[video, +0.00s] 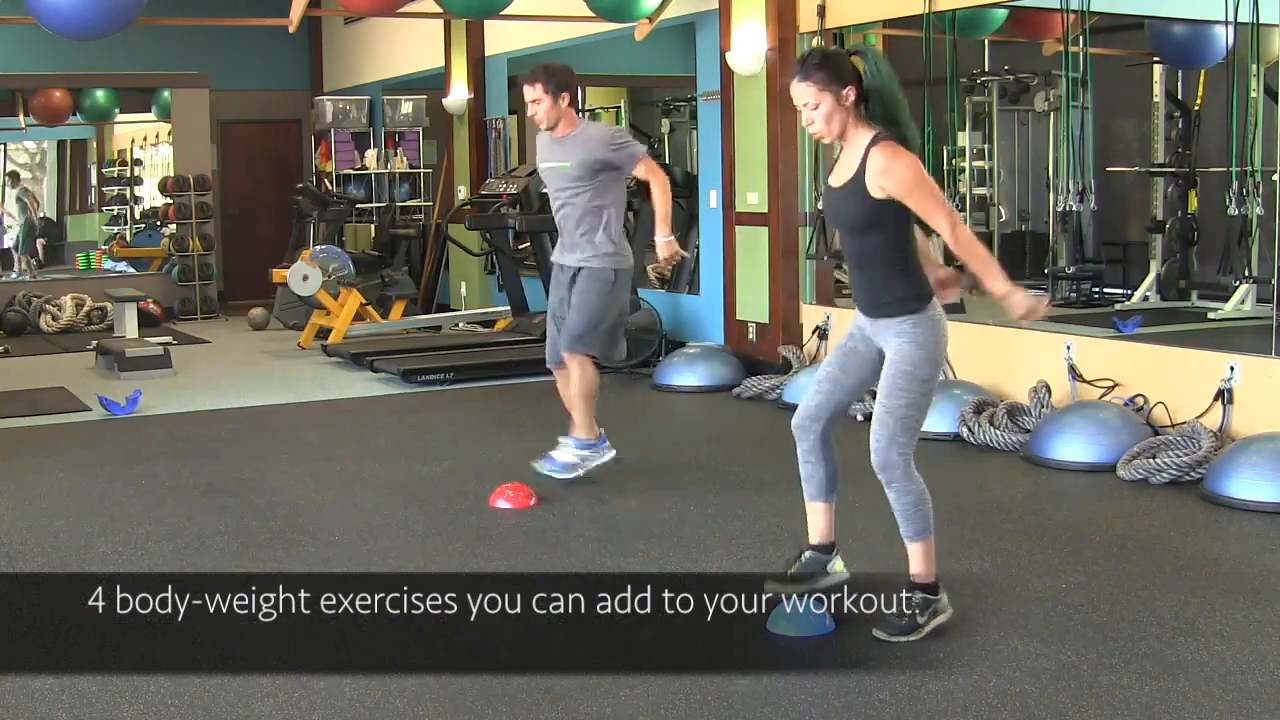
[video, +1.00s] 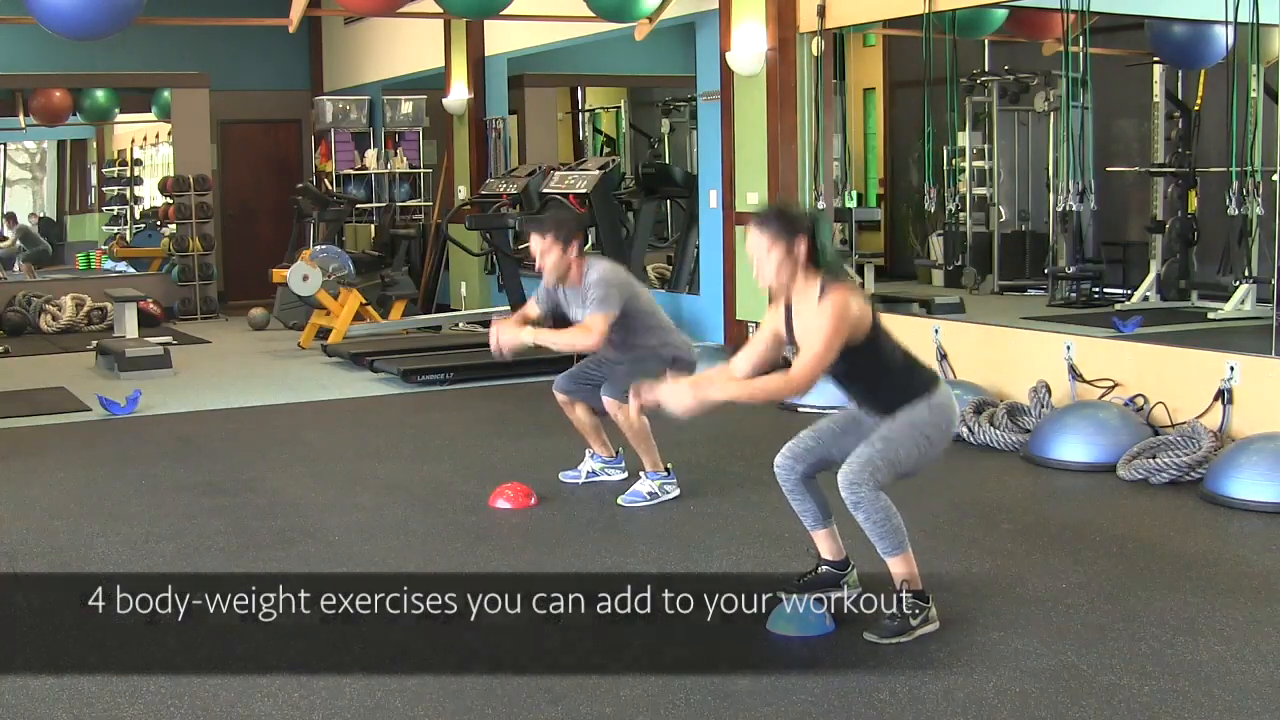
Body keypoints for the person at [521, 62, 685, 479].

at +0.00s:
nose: (530, 111)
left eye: (536, 102)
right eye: (528, 103)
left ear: (564, 100)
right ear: (537, 104)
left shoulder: (603, 139)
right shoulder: (543, 142)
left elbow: (658, 176)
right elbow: (571, 194)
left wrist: (663, 235)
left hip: (604, 262)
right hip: (565, 261)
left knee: (578, 349)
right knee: (557, 358)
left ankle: (584, 441)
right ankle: (590, 438)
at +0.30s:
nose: (537, 119)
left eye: (543, 109)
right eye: (534, 111)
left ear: (572, 107)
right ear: (538, 113)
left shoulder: (605, 148)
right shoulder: (550, 151)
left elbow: (647, 199)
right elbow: (548, 193)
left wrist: (611, 239)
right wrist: (520, 223)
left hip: (606, 274)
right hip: (572, 277)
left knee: (575, 355)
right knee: (562, 362)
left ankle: (582, 450)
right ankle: (592, 446)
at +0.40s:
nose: (534, 119)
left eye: (539, 109)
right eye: (530, 111)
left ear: (567, 103)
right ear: (539, 112)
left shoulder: (604, 140)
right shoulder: (556, 148)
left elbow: (635, 195)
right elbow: (555, 189)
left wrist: (579, 222)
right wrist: (527, 212)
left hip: (618, 272)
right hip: (583, 273)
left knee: (596, 357)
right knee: (568, 360)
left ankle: (621, 452)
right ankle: (588, 445)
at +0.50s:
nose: (530, 146)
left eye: (533, 136)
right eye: (527, 138)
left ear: (560, 127)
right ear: (552, 132)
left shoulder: (600, 161)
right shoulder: (560, 172)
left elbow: (615, 221)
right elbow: (565, 217)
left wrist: (551, 228)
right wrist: (532, 225)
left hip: (632, 288)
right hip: (599, 289)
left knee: (610, 373)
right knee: (569, 368)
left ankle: (650, 463)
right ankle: (596, 447)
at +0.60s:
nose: (530, 196)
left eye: (533, 185)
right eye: (526, 187)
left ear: (560, 177)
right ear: (549, 181)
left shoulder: (596, 209)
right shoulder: (560, 219)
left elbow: (590, 267)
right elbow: (567, 263)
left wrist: (533, 250)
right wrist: (530, 250)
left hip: (651, 321)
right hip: (614, 321)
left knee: (616, 394)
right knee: (569, 386)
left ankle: (659, 475)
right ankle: (607, 459)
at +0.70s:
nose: (531, 244)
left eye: (536, 234)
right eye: (528, 236)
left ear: (561, 228)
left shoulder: (598, 255)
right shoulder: (558, 260)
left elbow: (568, 312)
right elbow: (528, 311)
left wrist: (523, 272)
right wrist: (513, 282)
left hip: (664, 349)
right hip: (624, 348)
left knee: (613, 398)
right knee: (566, 388)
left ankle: (659, 476)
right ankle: (606, 458)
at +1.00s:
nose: (537, 264)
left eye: (543, 255)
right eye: (535, 256)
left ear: (572, 248)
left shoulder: (604, 277)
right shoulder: (555, 281)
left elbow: (592, 338)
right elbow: (528, 314)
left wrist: (527, 334)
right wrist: (507, 327)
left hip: (664, 356)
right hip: (618, 356)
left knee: (616, 396)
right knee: (566, 390)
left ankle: (659, 476)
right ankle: (606, 459)